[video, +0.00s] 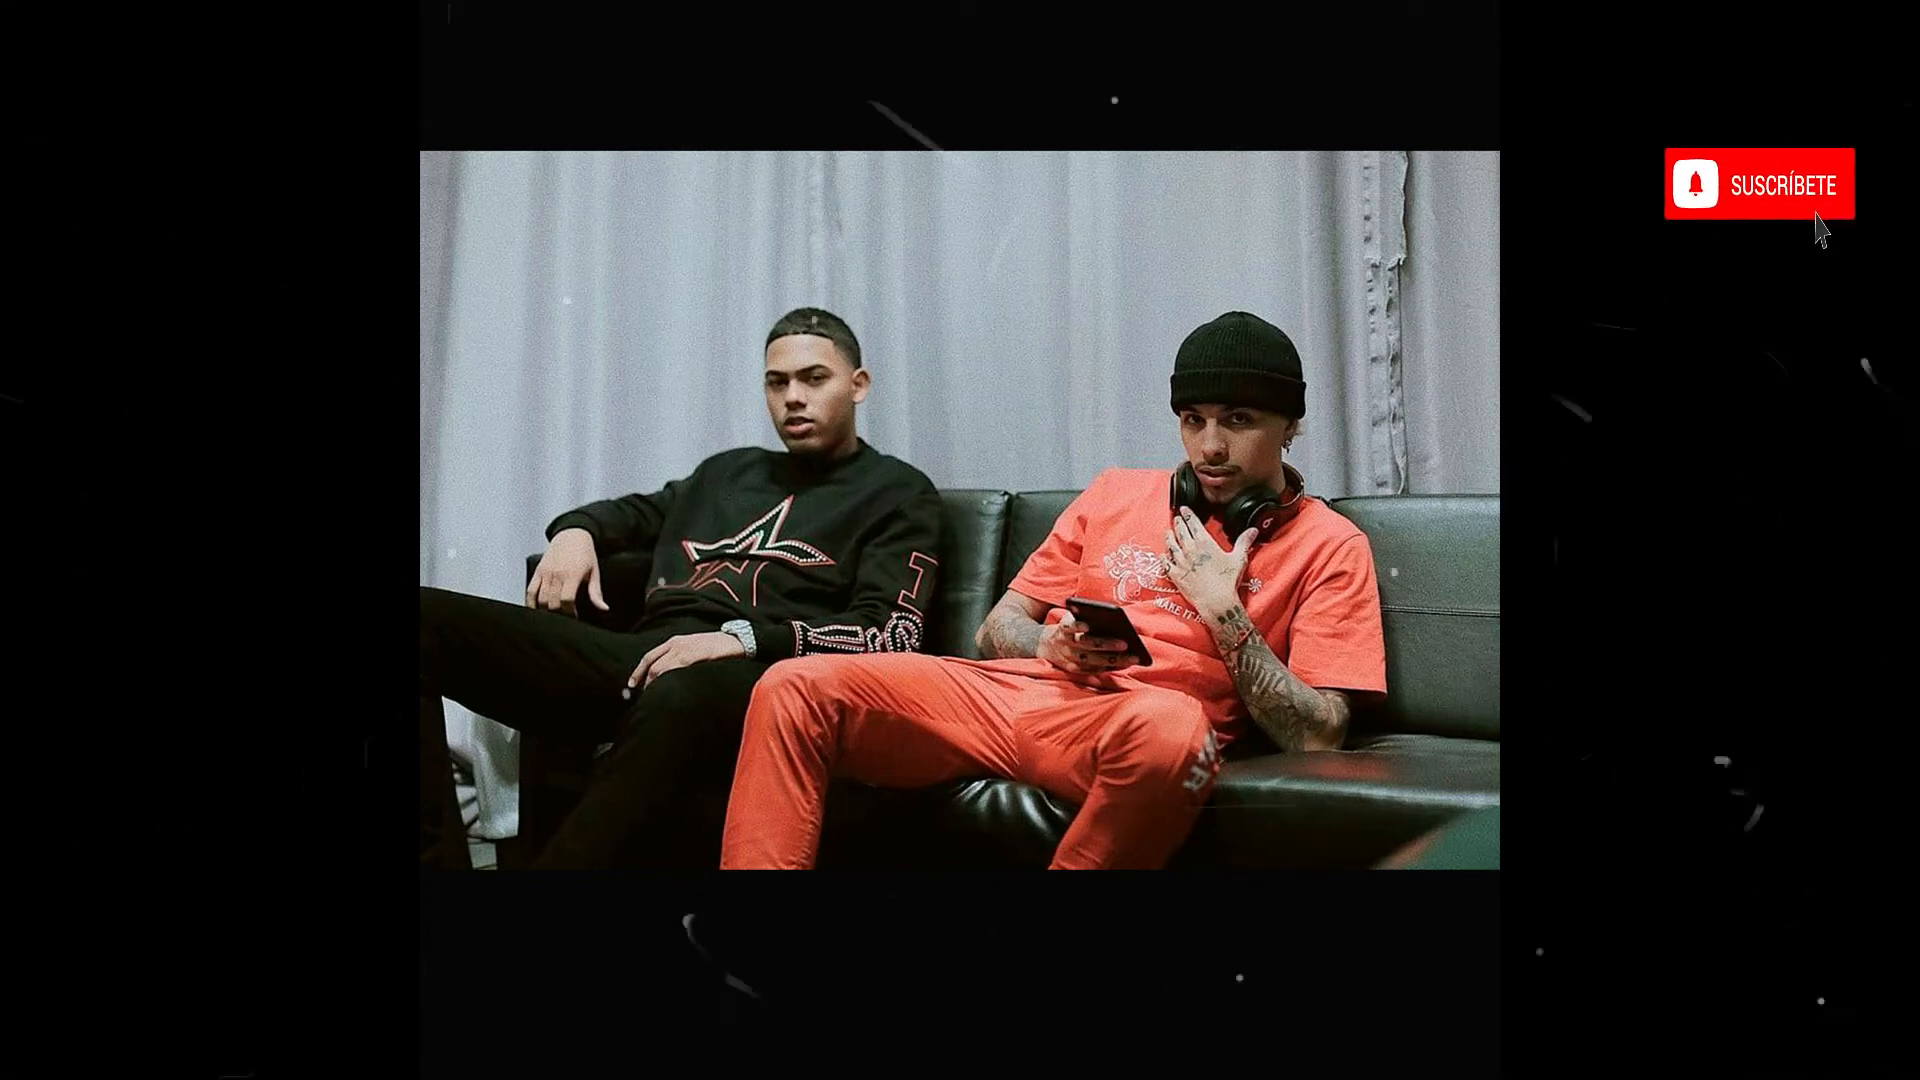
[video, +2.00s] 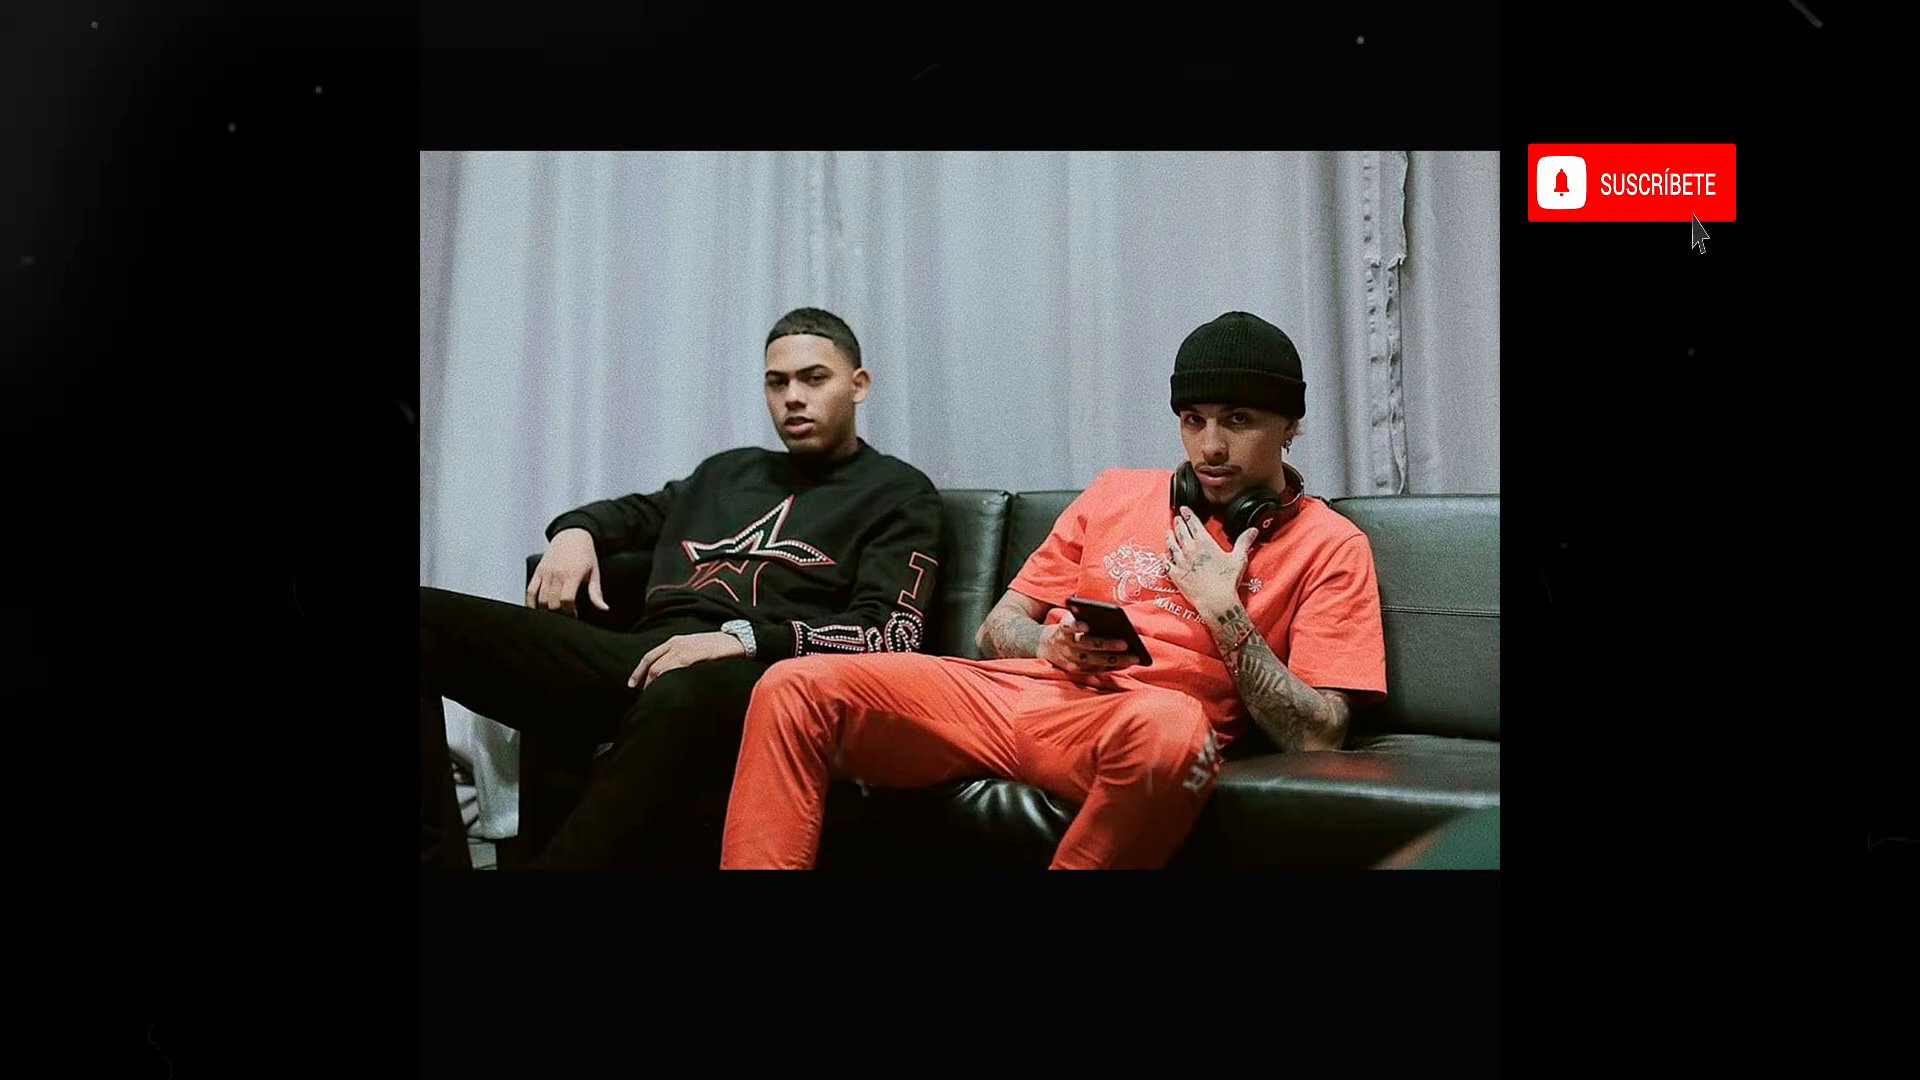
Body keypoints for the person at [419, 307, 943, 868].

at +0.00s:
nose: (792, 398)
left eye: (813, 379)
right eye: (778, 382)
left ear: (859, 385)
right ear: (765, 390)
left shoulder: (899, 494)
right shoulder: (728, 472)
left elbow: (892, 636)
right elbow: (641, 515)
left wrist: (744, 637)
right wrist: (575, 530)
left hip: (771, 681)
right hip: (638, 654)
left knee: (683, 700)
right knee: (426, 617)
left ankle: (561, 873)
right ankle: (441, 857)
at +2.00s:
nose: (793, 399)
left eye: (813, 379)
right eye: (779, 382)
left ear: (859, 385)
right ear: (765, 390)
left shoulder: (900, 494)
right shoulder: (728, 471)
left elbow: (893, 634)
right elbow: (640, 515)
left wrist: (742, 639)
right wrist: (574, 530)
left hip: (769, 680)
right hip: (637, 652)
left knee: (682, 699)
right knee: (426, 617)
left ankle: (562, 870)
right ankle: (441, 856)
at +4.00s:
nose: (793, 399)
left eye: (814, 379)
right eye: (779, 382)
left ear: (859, 385)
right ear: (765, 390)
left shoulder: (899, 494)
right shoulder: (728, 472)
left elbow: (893, 634)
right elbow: (641, 515)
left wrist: (743, 639)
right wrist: (575, 529)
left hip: (772, 680)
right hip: (641, 653)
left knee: (680, 700)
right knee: (424, 617)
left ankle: (561, 870)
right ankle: (439, 850)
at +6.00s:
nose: (793, 399)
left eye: (813, 379)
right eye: (779, 382)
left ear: (859, 385)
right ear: (765, 391)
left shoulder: (899, 493)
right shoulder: (728, 472)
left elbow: (893, 635)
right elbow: (640, 515)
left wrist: (745, 638)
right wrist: (575, 530)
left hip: (770, 681)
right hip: (638, 653)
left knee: (683, 699)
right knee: (424, 618)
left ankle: (560, 874)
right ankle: (441, 860)